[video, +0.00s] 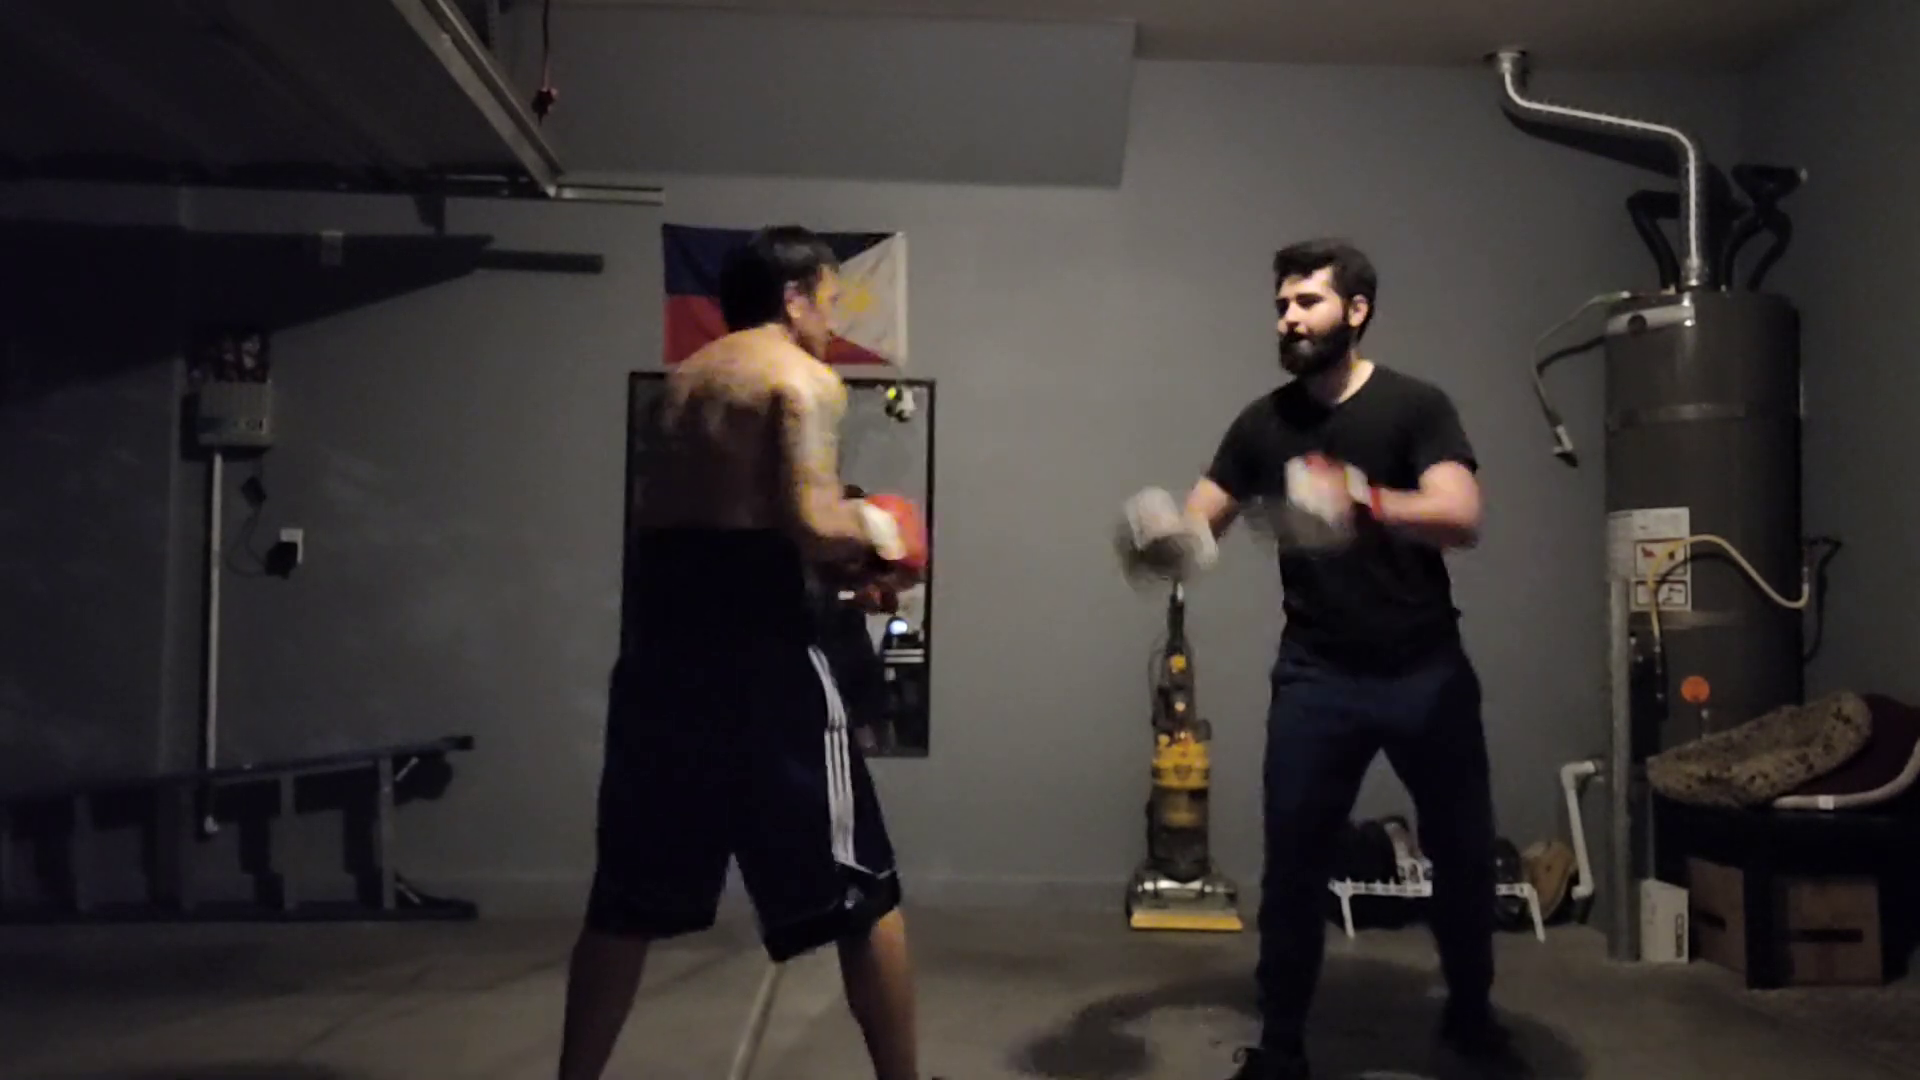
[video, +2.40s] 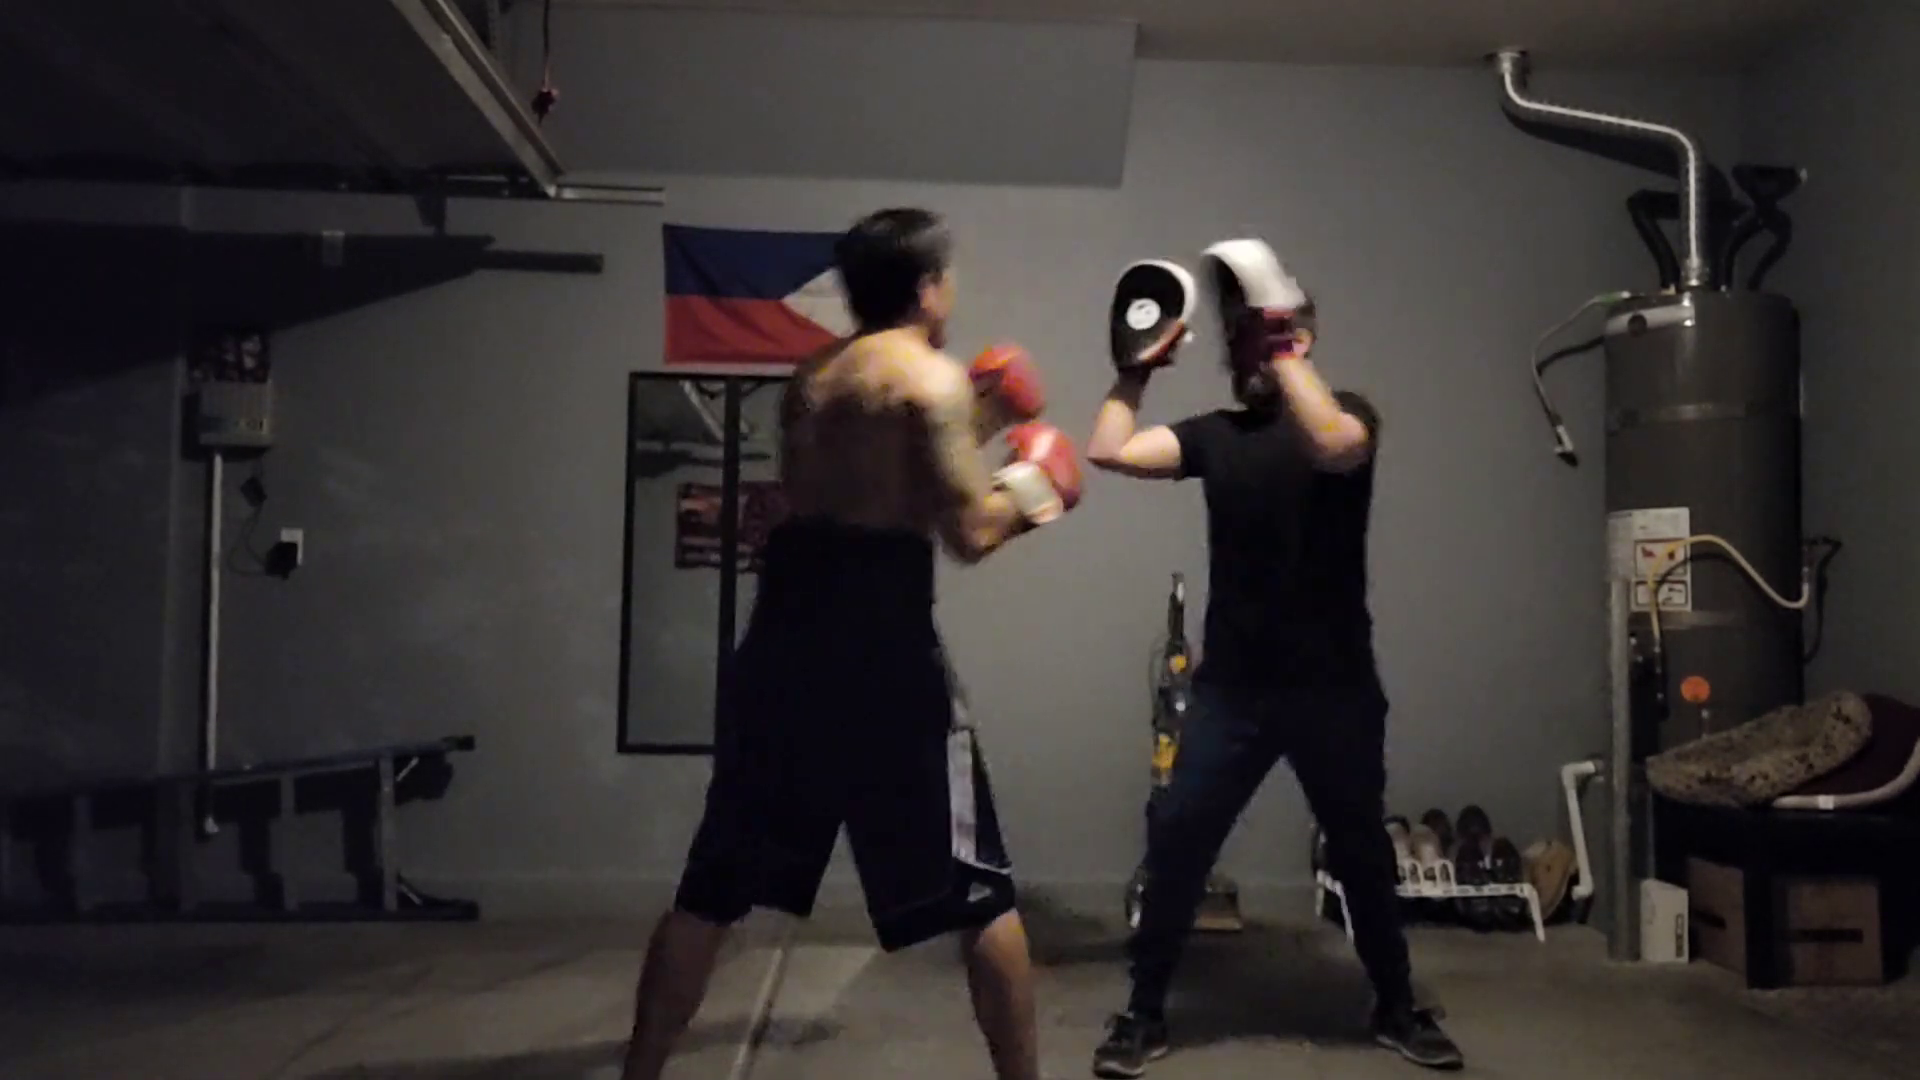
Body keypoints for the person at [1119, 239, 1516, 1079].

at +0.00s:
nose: (1291, 316)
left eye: (1308, 301)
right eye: (1283, 304)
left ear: (1357, 311)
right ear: (1278, 317)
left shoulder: (1417, 407)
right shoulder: (1264, 424)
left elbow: (1461, 516)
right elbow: (1198, 524)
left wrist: (1363, 497)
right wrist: (1163, 540)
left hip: (1425, 677)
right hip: (1316, 679)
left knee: (1464, 858)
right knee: (1292, 864)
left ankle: (1469, 1023)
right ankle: (1280, 1044)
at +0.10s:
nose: (1306, 316)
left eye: (1323, 301)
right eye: (1297, 306)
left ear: (1371, 309)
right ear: (1290, 318)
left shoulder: (1420, 393)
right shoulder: (1277, 413)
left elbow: (1444, 469)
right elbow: (1176, 486)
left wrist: (1349, 400)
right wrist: (1149, 436)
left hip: (1426, 673)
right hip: (1319, 676)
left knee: (1463, 861)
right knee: (1294, 870)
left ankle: (1480, 1025)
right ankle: (1279, 1045)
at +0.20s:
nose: (1337, 320)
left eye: (1354, 303)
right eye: (1327, 309)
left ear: (1394, 310)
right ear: (1317, 323)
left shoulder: (1445, 392)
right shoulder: (1296, 411)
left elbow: (1435, 419)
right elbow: (1179, 431)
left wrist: (1376, 331)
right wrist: (1185, 353)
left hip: (1435, 673)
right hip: (1330, 676)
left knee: (1461, 864)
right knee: (1299, 860)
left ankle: (1480, 1034)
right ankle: (1281, 1043)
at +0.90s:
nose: (1296, 316)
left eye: (1315, 302)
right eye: (1286, 297)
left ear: (1346, 316)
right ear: (1262, 312)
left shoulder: (1382, 396)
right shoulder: (1241, 405)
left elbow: (1329, 429)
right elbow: (1125, 393)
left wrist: (1305, 334)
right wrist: (1134, 299)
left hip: (1375, 673)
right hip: (1270, 673)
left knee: (1421, 854)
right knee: (1227, 853)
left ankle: (1469, 1025)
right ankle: (1188, 1032)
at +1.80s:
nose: (1255, 354)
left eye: (1271, 339)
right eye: (1247, 341)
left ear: (1308, 341)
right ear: (1237, 346)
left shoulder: (1351, 415)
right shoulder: (1218, 422)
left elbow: (1307, 440)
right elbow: (1112, 426)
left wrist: (1299, 344)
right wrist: (1106, 351)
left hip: (1336, 679)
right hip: (1241, 676)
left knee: (1360, 847)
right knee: (1191, 836)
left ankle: (1396, 1006)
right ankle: (1143, 1013)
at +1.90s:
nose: (1237, 343)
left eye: (1253, 330)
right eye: (1228, 332)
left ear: (1296, 336)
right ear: (1218, 341)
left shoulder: (1327, 411)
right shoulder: (1207, 425)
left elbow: (1249, 426)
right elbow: (1100, 443)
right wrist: (1103, 363)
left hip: (1312, 678)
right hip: (1217, 678)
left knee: (1354, 847)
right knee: (1170, 842)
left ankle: (1395, 1008)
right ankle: (1143, 1014)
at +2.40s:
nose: (1256, 346)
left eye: (1271, 330)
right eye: (1245, 333)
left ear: (1303, 338)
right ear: (1233, 348)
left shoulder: (1347, 416)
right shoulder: (1217, 435)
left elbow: (1335, 442)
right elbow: (1111, 448)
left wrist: (1283, 354)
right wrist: (1133, 373)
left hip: (1332, 682)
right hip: (1234, 683)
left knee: (1362, 848)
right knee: (1179, 830)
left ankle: (1398, 1007)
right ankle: (1144, 1010)